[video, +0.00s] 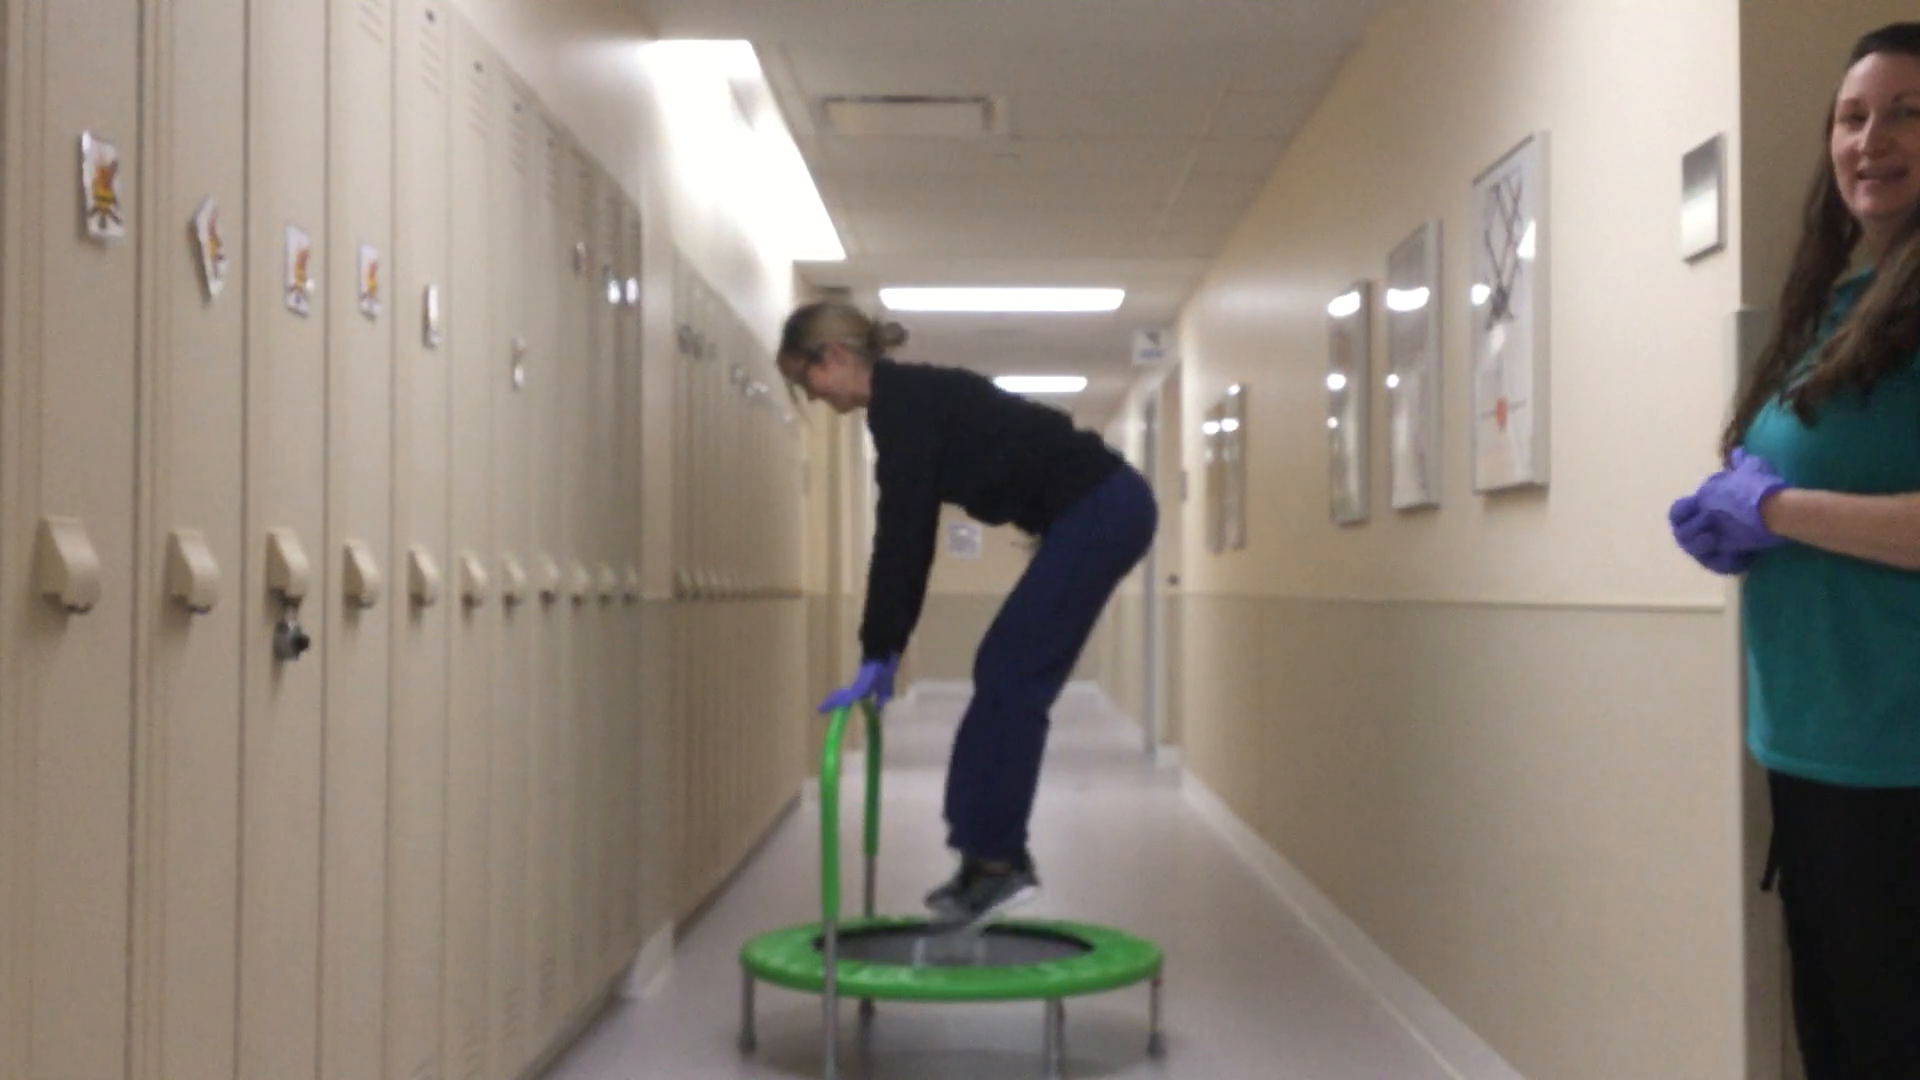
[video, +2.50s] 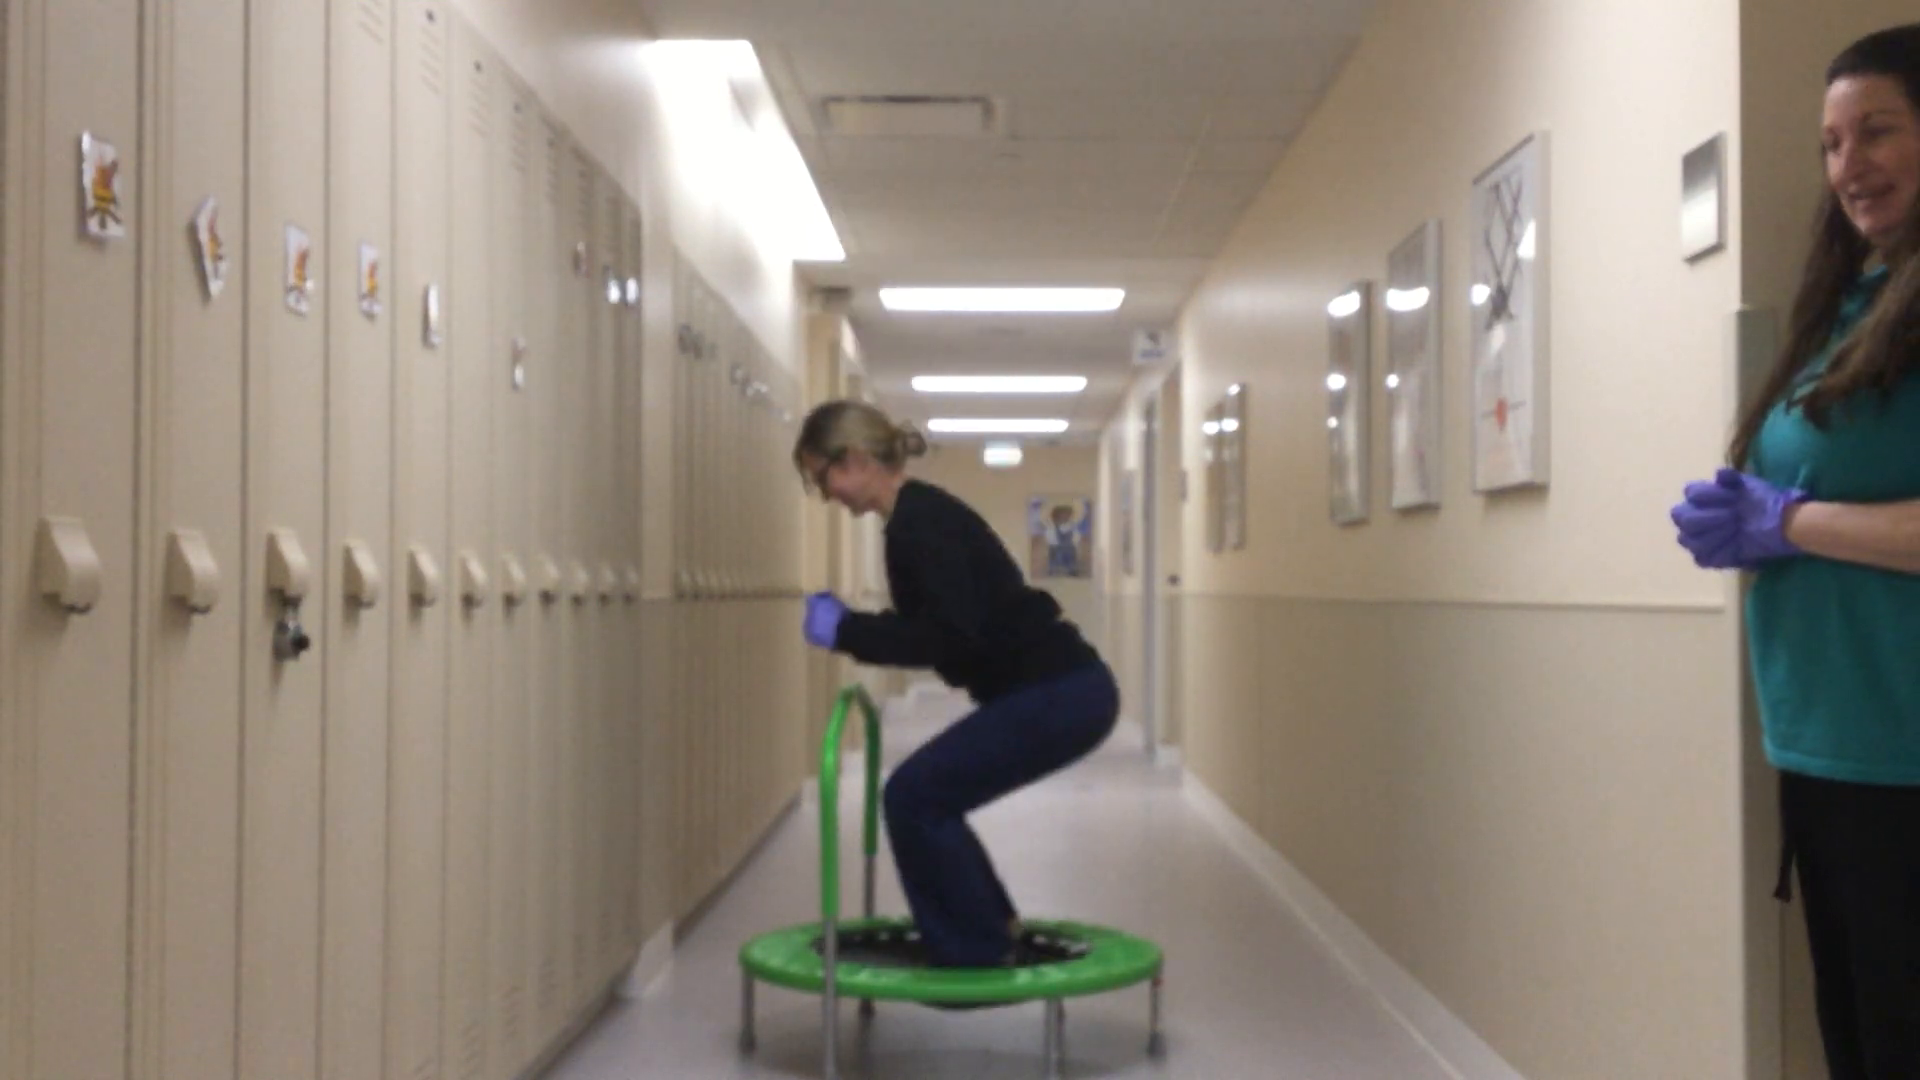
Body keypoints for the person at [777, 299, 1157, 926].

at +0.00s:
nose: (816, 394)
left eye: (812, 377)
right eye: (806, 385)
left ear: (840, 353)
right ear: (843, 356)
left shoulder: (905, 403)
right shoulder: (901, 404)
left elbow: (905, 535)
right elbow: (905, 536)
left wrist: (880, 653)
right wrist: (884, 652)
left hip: (1102, 510)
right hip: (1093, 511)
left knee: (1011, 670)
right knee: (1007, 669)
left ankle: (995, 859)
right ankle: (990, 856)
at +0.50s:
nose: (862, 442)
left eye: (859, 426)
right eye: (854, 432)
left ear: (888, 404)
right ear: (894, 406)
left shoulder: (954, 463)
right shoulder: (951, 459)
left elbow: (979, 589)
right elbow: (977, 590)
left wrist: (916, 679)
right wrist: (916, 675)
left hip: (1094, 644)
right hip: (1086, 641)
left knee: (963, 767)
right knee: (961, 765)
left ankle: (1011, 937)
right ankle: (1002, 932)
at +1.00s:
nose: (904, 347)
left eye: (899, 331)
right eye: (894, 338)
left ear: (927, 301)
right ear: (926, 306)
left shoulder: (995, 354)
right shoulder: (989, 355)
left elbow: (1017, 478)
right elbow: (1009, 481)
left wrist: (1007, 593)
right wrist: (1001, 589)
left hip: (1064, 579)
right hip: (1057, 577)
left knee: (1015, 759)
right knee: (1017, 758)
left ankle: (1024, 941)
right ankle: (1027, 935)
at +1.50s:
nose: (866, 456)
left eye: (865, 440)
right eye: (857, 446)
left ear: (897, 418)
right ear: (899, 421)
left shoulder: (963, 478)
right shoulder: (951, 479)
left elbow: (977, 594)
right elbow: (967, 592)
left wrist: (880, 607)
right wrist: (881, 606)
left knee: (959, 772)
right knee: (954, 769)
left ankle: (1017, 945)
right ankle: (1008, 938)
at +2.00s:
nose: (863, 239)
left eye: (861, 221)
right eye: (855, 229)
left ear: (889, 193)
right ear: (885, 202)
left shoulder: (957, 249)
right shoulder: (945, 255)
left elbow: (988, 365)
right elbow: (979, 367)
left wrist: (984, 480)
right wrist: (977, 476)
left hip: (1015, 474)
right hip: (1006, 475)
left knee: (995, 667)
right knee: (990, 667)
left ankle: (990, 860)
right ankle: (984, 856)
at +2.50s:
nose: (827, 492)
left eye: (826, 474)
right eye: (819, 481)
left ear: (859, 456)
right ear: (864, 459)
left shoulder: (922, 519)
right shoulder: (913, 519)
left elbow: (939, 637)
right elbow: (931, 633)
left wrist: (848, 630)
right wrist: (851, 628)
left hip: (1063, 695)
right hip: (1058, 692)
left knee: (913, 796)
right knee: (918, 793)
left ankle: (972, 950)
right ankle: (990, 929)